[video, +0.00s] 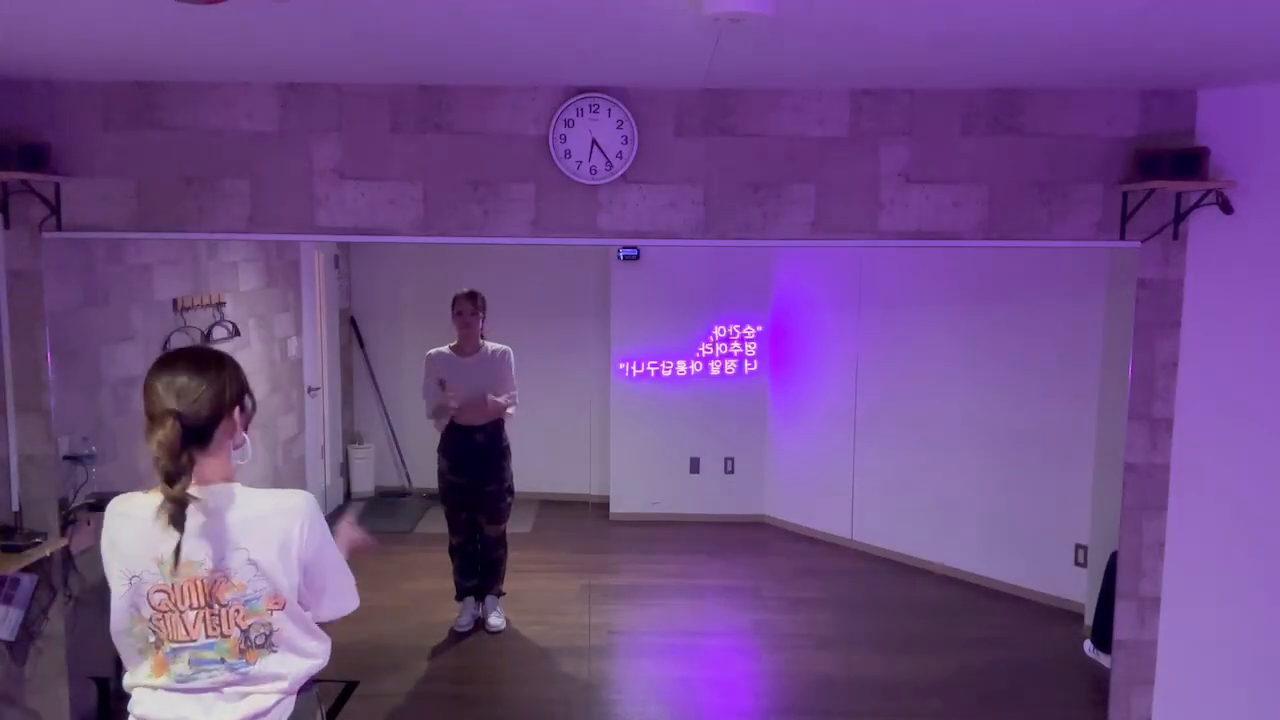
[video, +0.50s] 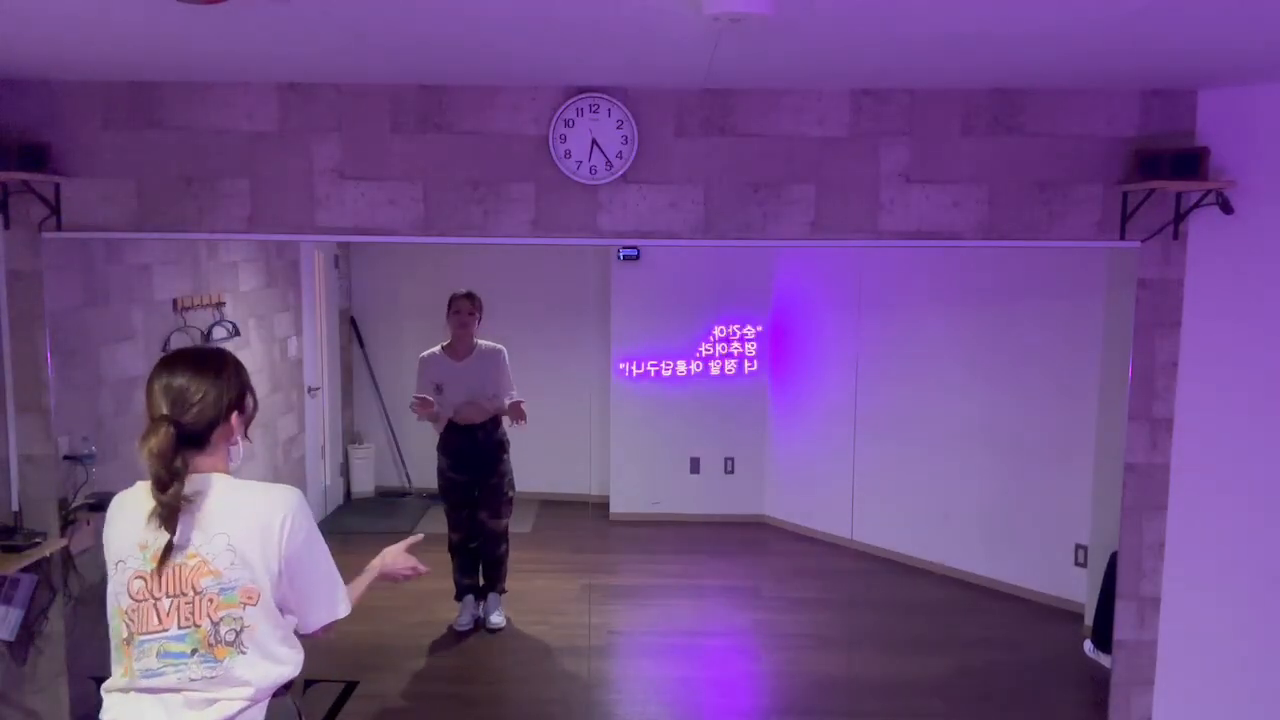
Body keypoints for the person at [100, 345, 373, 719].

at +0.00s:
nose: (248, 414)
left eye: (245, 403)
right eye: (245, 404)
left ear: (154, 422)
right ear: (237, 417)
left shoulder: (121, 518)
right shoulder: (293, 513)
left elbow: (128, 630)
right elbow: (324, 605)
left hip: (153, 710)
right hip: (264, 710)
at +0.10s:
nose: (244, 416)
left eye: (241, 404)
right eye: (242, 406)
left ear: (153, 421)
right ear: (234, 418)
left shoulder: (118, 517)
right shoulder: (289, 512)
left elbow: (126, 631)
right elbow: (316, 610)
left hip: (151, 710)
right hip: (262, 710)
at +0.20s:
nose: (244, 418)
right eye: (243, 407)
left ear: (151, 420)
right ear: (234, 419)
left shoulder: (114, 516)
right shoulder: (285, 511)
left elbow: (118, 633)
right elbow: (320, 622)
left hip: (148, 710)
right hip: (258, 710)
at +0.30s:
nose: (244, 417)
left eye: (242, 405)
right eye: (242, 407)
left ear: (152, 418)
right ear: (232, 419)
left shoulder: (110, 514)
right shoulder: (282, 511)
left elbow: (116, 632)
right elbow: (317, 624)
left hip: (141, 709)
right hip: (253, 710)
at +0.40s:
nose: (245, 417)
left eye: (244, 402)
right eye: (244, 404)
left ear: (154, 412)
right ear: (233, 419)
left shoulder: (113, 510)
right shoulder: (278, 508)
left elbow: (114, 635)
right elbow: (314, 625)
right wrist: (359, 569)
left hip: (134, 706)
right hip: (244, 707)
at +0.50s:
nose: (247, 422)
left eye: (245, 407)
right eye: (247, 409)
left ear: (160, 418)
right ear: (234, 421)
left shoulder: (122, 508)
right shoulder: (277, 508)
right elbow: (317, 621)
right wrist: (376, 568)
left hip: (125, 709)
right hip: (233, 710)